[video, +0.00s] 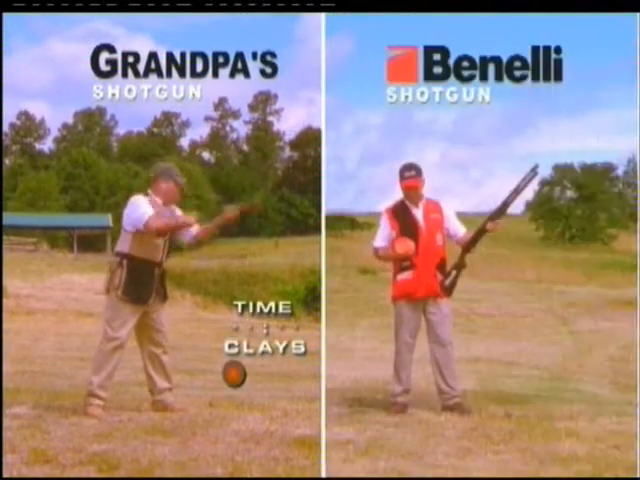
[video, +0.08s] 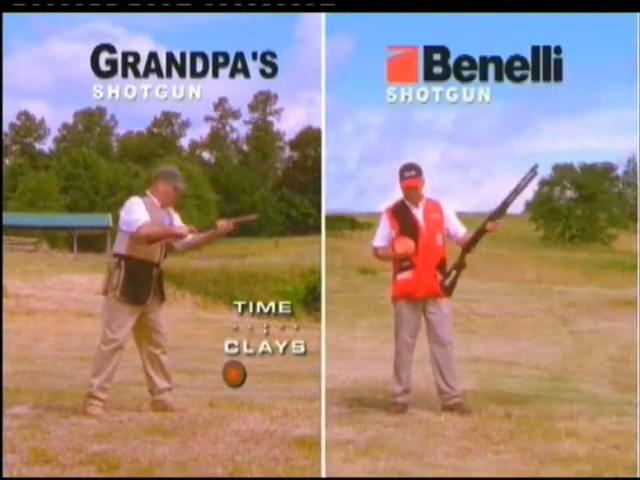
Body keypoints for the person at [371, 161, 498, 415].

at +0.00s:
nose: (412, 190)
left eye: (415, 185)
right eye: (407, 186)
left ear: (422, 183)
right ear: (400, 186)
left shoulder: (438, 209)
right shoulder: (391, 214)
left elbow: (462, 239)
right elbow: (379, 250)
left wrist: (483, 231)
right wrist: (395, 252)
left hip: (436, 283)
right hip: (407, 285)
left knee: (444, 342)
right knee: (405, 343)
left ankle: (451, 397)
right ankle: (400, 396)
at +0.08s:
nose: (412, 190)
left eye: (415, 185)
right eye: (407, 186)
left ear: (422, 183)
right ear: (400, 186)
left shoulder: (438, 209)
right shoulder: (391, 214)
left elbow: (462, 239)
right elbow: (379, 250)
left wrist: (483, 231)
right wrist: (395, 252)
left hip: (436, 283)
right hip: (407, 285)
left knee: (444, 342)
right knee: (405, 343)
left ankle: (451, 397)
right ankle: (400, 396)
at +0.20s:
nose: (412, 190)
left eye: (415, 184)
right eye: (407, 185)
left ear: (422, 183)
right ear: (401, 186)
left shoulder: (437, 209)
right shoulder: (392, 214)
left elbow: (462, 239)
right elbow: (379, 250)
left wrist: (483, 231)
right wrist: (395, 252)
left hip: (436, 283)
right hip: (407, 285)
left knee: (443, 342)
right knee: (405, 343)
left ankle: (451, 398)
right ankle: (400, 396)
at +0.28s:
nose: (412, 191)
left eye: (416, 185)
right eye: (407, 186)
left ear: (423, 184)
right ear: (401, 187)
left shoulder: (438, 209)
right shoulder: (392, 214)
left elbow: (462, 239)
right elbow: (379, 251)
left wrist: (483, 231)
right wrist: (395, 253)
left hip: (436, 283)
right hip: (407, 285)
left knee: (443, 342)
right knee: (404, 343)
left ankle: (451, 397)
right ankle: (400, 396)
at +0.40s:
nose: (412, 191)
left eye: (416, 186)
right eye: (408, 187)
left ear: (423, 184)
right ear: (401, 187)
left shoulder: (438, 209)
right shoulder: (392, 215)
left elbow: (463, 239)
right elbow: (382, 253)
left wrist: (484, 231)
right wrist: (396, 257)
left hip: (436, 284)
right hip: (407, 285)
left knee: (443, 342)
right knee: (405, 343)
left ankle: (451, 397)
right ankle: (400, 397)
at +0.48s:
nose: (412, 191)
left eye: (416, 186)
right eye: (408, 187)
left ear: (423, 184)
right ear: (401, 187)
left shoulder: (438, 209)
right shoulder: (392, 215)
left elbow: (463, 239)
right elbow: (383, 254)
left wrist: (484, 231)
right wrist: (396, 257)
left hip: (436, 283)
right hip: (407, 285)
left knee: (443, 342)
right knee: (405, 343)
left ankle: (451, 397)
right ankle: (400, 397)